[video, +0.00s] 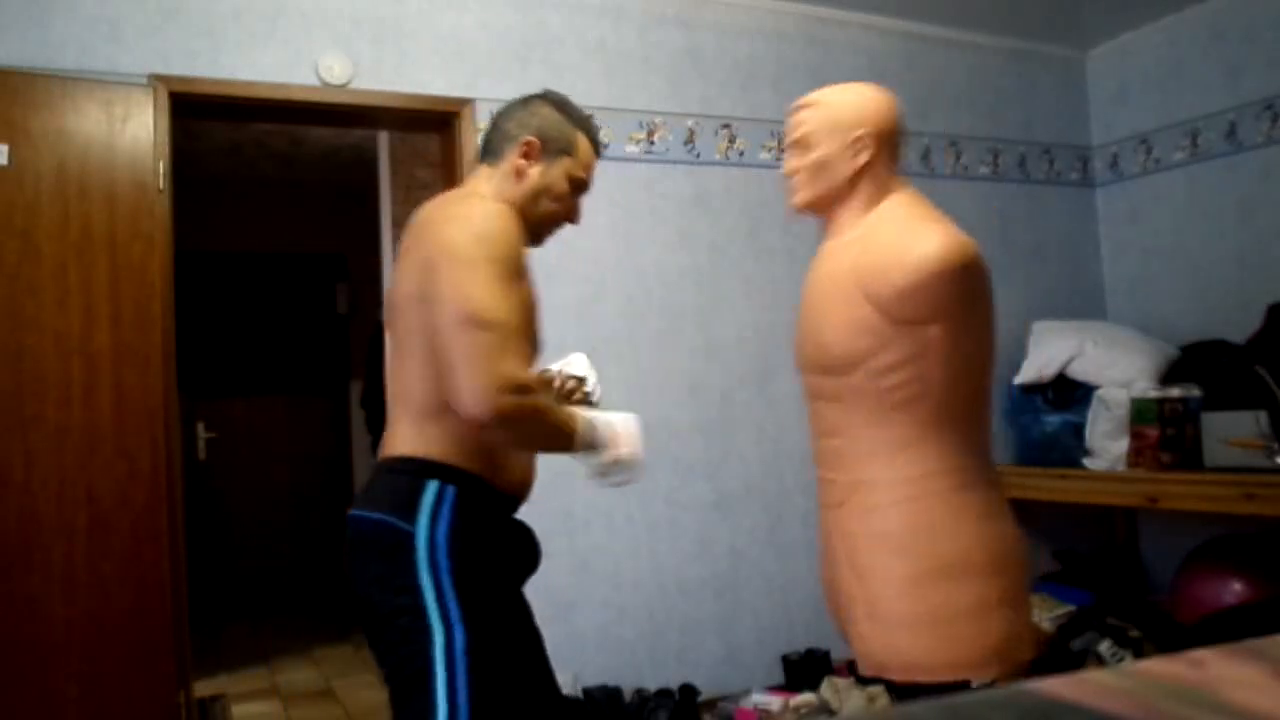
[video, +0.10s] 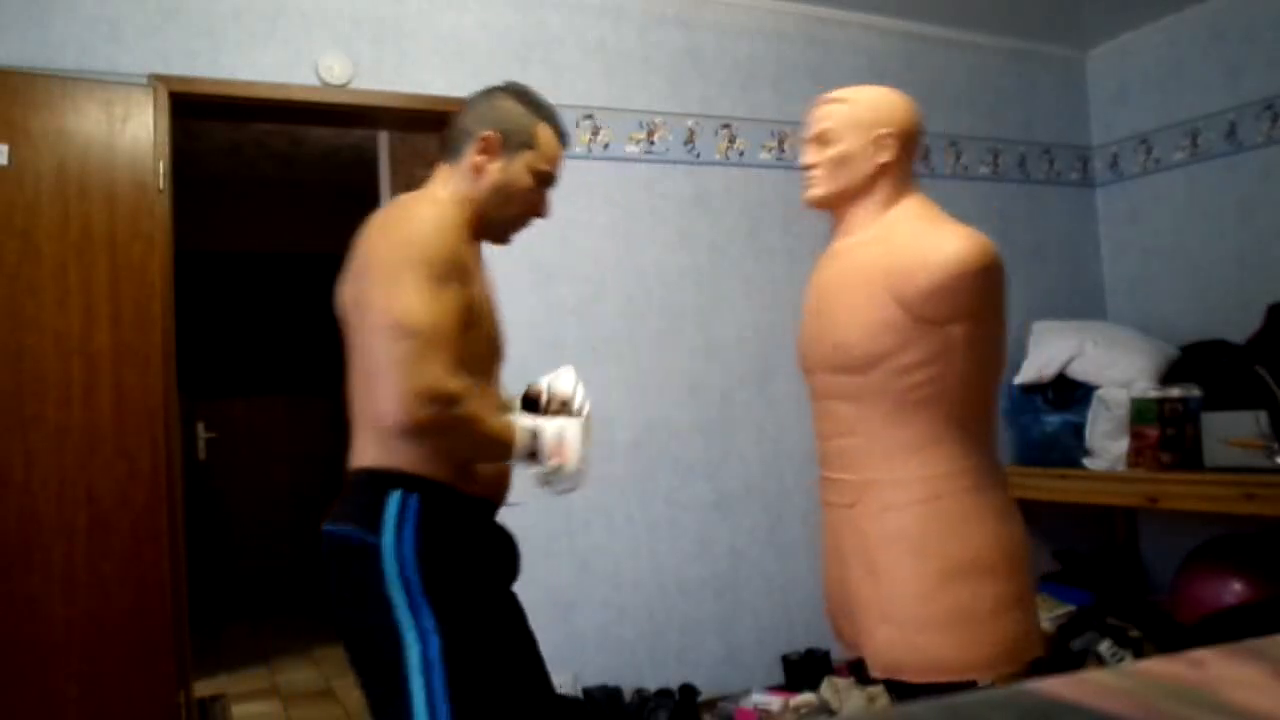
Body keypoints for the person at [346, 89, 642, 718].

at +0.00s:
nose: (576, 212)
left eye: (582, 193)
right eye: (575, 185)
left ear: (524, 160)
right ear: (527, 158)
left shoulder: (445, 220)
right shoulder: (475, 222)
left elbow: (445, 387)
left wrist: (537, 389)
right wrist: (590, 433)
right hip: (438, 522)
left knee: (521, 706)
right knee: (474, 708)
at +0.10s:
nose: (544, 206)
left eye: (549, 186)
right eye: (539, 179)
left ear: (485, 159)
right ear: (485, 156)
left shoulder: (449, 237)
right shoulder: (418, 228)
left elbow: (447, 391)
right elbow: (410, 403)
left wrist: (528, 408)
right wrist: (531, 438)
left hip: (445, 525)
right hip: (408, 528)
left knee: (519, 708)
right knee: (452, 713)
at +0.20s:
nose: (503, 220)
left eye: (506, 199)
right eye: (495, 194)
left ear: (437, 178)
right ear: (434, 174)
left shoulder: (415, 270)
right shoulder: (357, 264)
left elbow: (423, 434)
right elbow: (352, 450)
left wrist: (503, 477)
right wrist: (484, 494)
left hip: (430, 557)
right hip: (373, 562)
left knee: (530, 707)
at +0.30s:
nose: (465, 226)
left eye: (468, 206)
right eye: (455, 201)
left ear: (393, 187)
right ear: (389, 184)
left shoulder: (380, 304)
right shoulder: (295, 294)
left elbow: (391, 467)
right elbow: (270, 490)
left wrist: (471, 511)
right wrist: (431, 545)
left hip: (397, 595)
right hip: (325, 604)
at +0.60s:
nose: (372, 143)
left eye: (378, 123)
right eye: (358, 114)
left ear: (289, 99)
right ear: (284, 94)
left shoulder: (336, 230)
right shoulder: (160, 192)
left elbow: (316, 365)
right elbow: (46, 354)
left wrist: (361, 433)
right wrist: (217, 426)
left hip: (327, 516)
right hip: (214, 521)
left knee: (354, 710)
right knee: (222, 713)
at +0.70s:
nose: (342, 184)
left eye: (346, 164)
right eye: (324, 157)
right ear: (246, 143)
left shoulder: (311, 287)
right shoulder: (131, 263)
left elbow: (337, 405)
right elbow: (32, 444)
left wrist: (376, 485)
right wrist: (187, 521)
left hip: (314, 581)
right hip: (189, 597)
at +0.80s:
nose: (325, 178)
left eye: (329, 157)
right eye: (308, 150)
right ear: (230, 133)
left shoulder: (300, 277)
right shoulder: (108, 256)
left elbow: (309, 404)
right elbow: (29, 442)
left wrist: (364, 464)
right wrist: (187, 511)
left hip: (291, 588)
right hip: (157, 593)